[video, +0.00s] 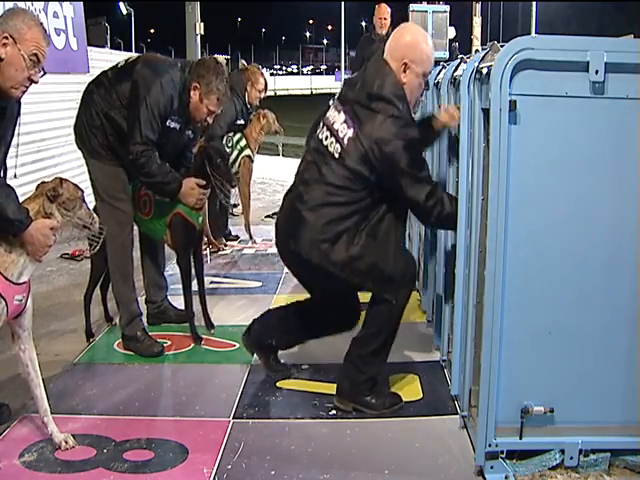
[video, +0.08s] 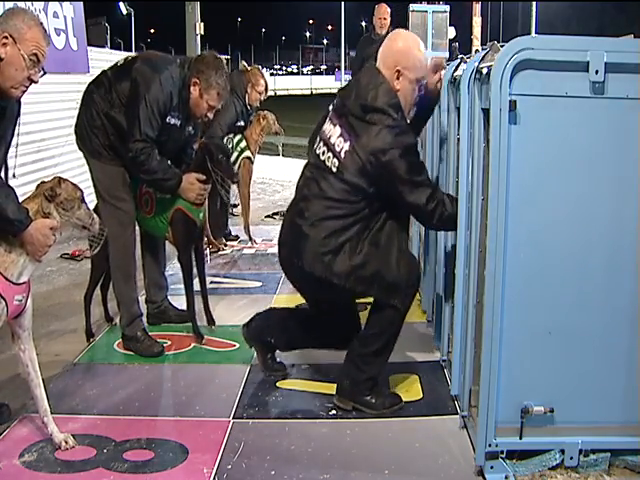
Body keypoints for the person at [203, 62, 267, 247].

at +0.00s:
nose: (261, 96)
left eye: (263, 92)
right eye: (259, 91)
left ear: (249, 87)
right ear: (246, 87)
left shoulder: (244, 105)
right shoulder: (231, 104)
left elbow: (239, 130)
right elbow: (213, 137)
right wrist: (224, 170)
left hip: (223, 151)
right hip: (212, 152)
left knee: (224, 191)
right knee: (218, 192)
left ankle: (223, 229)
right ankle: (216, 232)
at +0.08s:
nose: (261, 98)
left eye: (263, 94)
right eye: (259, 93)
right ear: (248, 88)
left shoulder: (247, 107)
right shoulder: (233, 105)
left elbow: (243, 130)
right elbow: (213, 135)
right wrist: (225, 165)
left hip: (224, 151)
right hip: (211, 151)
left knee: (224, 194)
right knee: (215, 194)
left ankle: (223, 229)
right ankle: (215, 232)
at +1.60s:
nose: (269, 94)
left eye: (270, 89)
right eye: (266, 89)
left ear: (257, 85)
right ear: (253, 85)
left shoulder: (248, 95)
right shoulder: (232, 98)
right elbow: (229, 130)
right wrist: (250, 152)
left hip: (238, 143)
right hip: (216, 146)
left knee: (243, 190)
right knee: (216, 194)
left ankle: (249, 231)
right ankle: (212, 235)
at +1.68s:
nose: (272, 94)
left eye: (273, 90)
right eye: (269, 89)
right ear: (257, 84)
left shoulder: (252, 95)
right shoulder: (237, 95)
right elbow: (234, 126)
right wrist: (255, 151)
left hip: (243, 145)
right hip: (228, 147)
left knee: (248, 192)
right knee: (244, 193)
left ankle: (251, 230)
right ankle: (246, 234)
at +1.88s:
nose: (280, 90)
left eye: (282, 86)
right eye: (278, 85)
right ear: (267, 80)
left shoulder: (268, 99)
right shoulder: (248, 95)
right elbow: (244, 125)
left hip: (257, 147)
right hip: (242, 149)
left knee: (255, 191)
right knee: (249, 193)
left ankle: (254, 229)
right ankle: (249, 232)